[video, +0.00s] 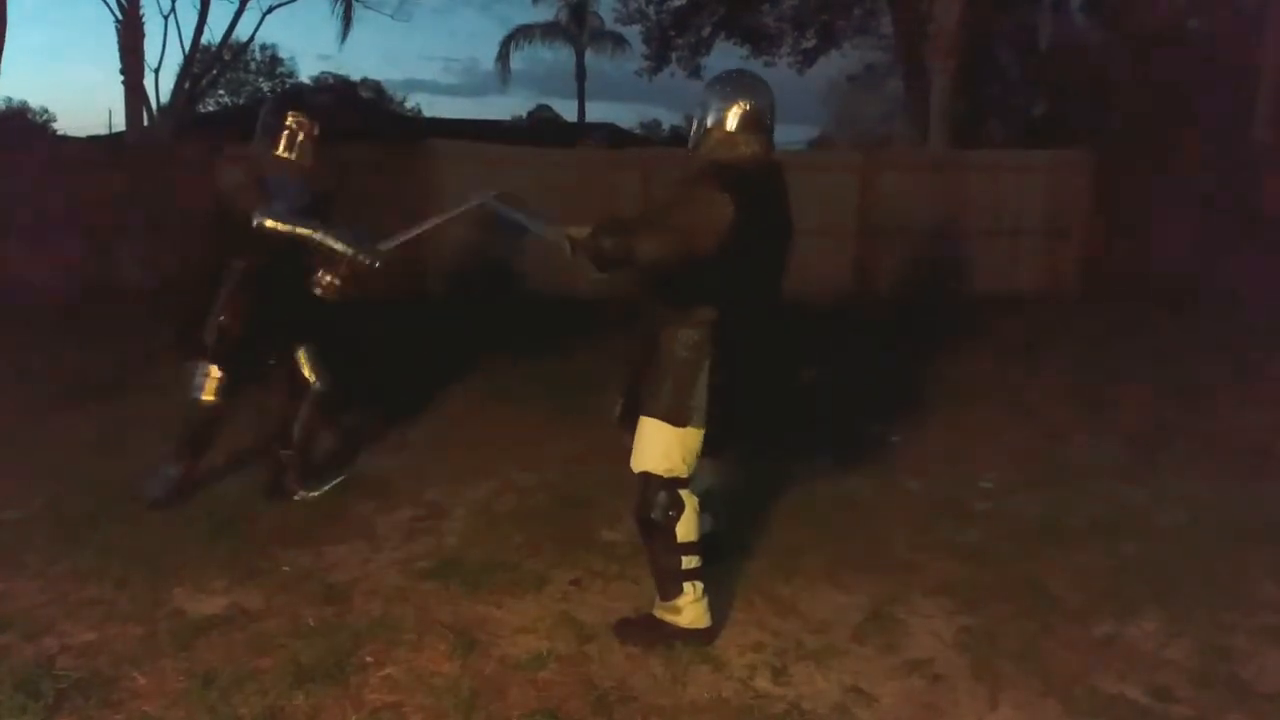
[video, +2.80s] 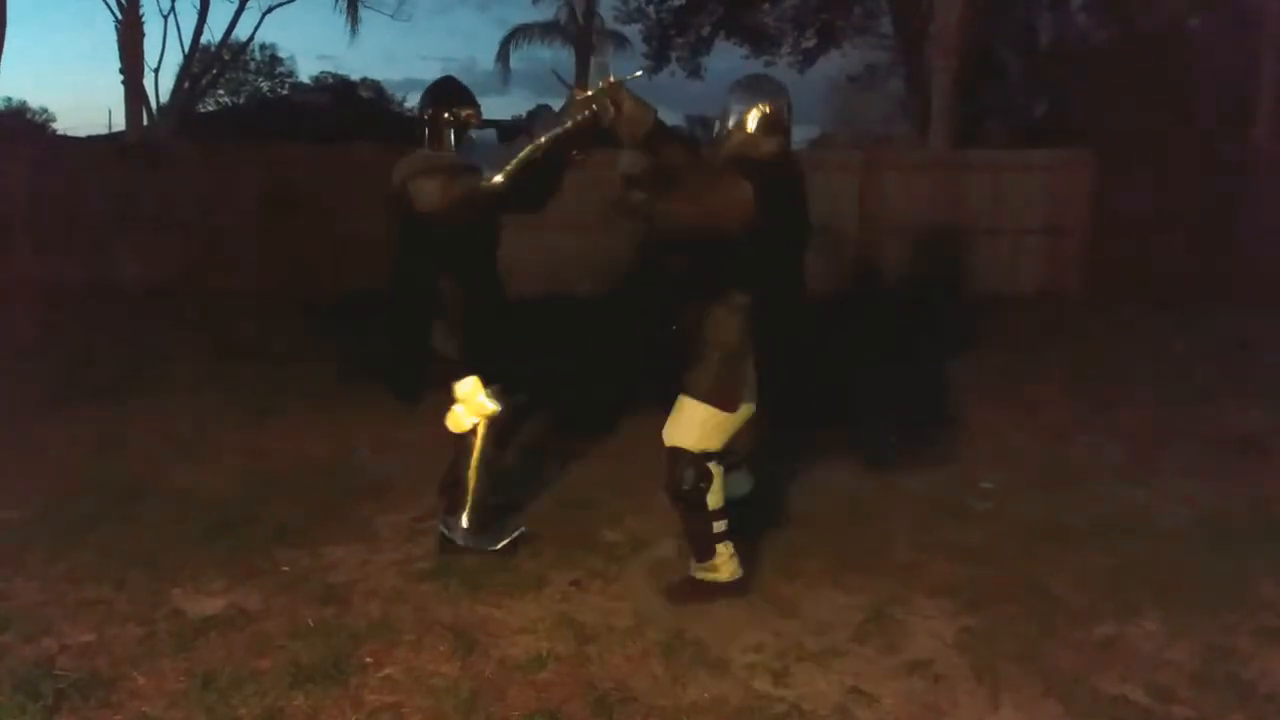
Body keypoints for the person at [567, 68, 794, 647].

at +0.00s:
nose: (698, 125)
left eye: (707, 114)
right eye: (703, 114)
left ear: (728, 116)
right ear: (757, 118)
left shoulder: (730, 182)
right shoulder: (752, 177)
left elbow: (680, 245)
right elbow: (681, 235)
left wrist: (608, 246)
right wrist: (615, 237)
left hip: (701, 343)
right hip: (715, 337)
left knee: (659, 481)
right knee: (675, 471)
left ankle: (683, 612)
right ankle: (685, 605)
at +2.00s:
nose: (729, 139)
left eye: (738, 128)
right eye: (735, 127)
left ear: (755, 133)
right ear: (791, 134)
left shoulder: (753, 202)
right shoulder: (785, 196)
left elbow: (692, 263)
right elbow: (703, 240)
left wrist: (615, 247)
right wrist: (637, 226)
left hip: (728, 363)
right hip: (756, 355)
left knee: (689, 503)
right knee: (695, 456)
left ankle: (768, 645)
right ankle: (690, 551)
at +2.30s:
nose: (749, 145)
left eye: (758, 135)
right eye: (758, 136)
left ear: (771, 137)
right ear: (809, 142)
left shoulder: (776, 198)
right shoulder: (799, 195)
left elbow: (712, 252)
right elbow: (721, 235)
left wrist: (645, 214)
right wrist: (657, 205)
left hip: (744, 362)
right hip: (782, 349)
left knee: (717, 509)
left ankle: (777, 658)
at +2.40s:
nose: (740, 146)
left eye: (748, 136)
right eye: (747, 136)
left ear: (762, 139)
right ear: (801, 142)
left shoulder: (767, 202)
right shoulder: (794, 198)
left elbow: (704, 235)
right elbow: (713, 213)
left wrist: (643, 208)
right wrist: (655, 184)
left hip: (738, 366)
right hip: (766, 359)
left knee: (725, 510)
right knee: (744, 494)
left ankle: (775, 655)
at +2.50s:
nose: (736, 143)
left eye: (744, 132)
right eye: (744, 132)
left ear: (755, 134)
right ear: (789, 136)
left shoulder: (757, 193)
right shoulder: (782, 190)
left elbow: (702, 226)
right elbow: (704, 192)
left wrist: (642, 182)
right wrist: (654, 157)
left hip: (738, 343)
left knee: (737, 486)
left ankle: (767, 632)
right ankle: (725, 525)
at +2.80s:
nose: (722, 131)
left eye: (733, 122)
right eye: (728, 122)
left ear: (752, 126)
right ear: (777, 126)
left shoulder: (755, 182)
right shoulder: (777, 175)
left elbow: (694, 207)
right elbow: (693, 164)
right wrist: (639, 122)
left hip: (740, 325)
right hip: (758, 319)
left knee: (687, 446)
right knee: (726, 422)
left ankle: (716, 564)